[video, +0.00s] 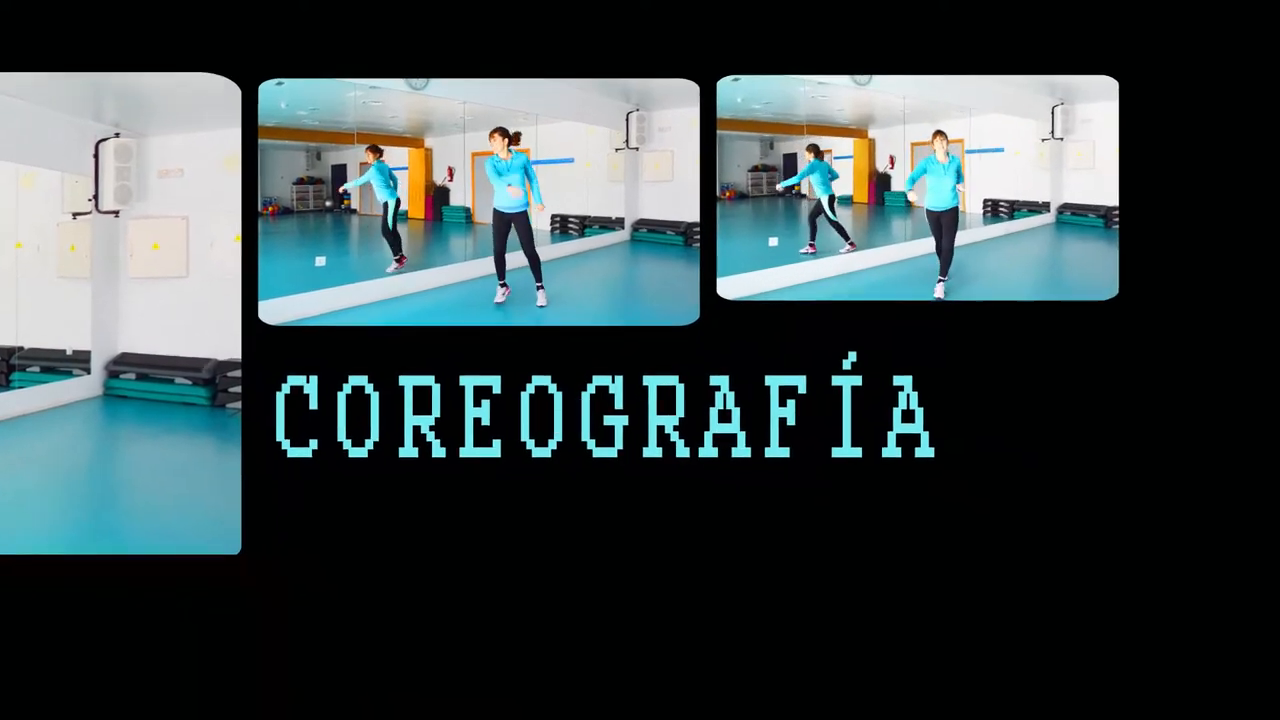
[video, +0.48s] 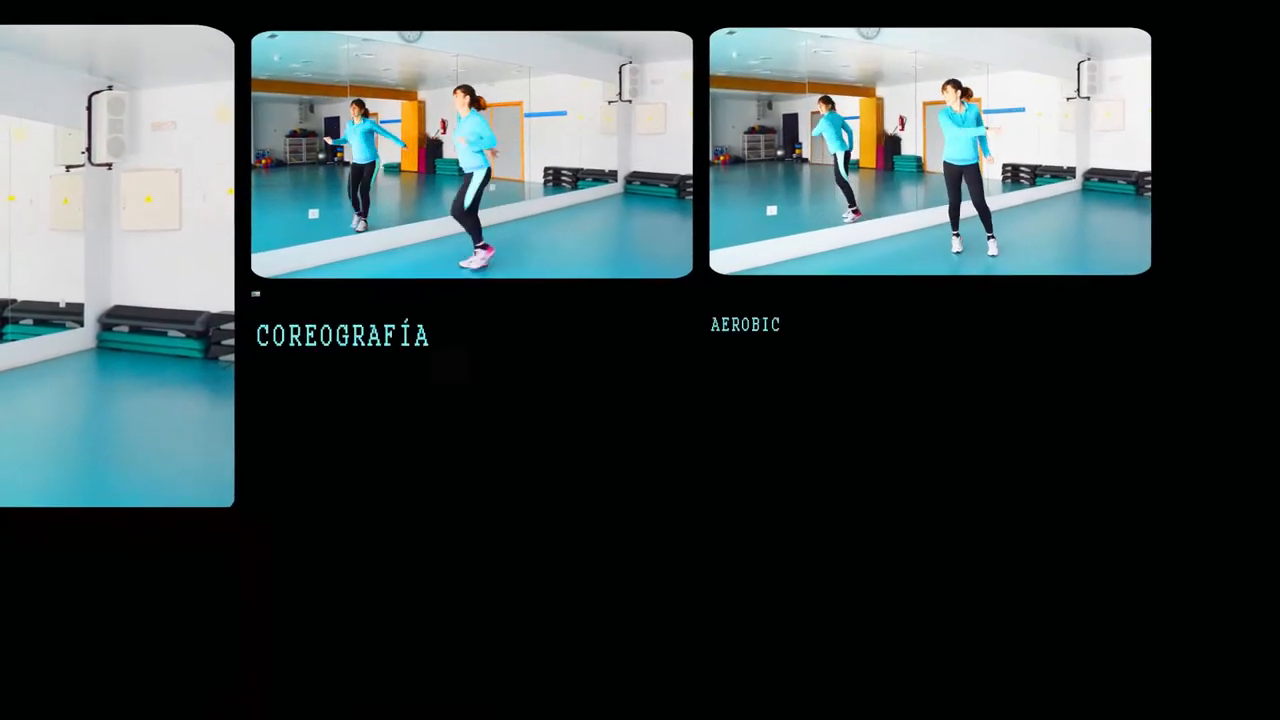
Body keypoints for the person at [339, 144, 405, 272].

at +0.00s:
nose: (367, 157)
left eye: (369, 154)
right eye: (367, 155)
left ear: (375, 155)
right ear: (378, 155)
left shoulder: (374, 169)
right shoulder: (384, 166)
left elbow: (359, 181)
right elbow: (395, 179)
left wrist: (344, 186)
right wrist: (393, 193)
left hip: (389, 200)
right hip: (392, 199)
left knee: (386, 230)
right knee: (392, 229)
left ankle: (398, 259)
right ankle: (400, 256)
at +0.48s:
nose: (353, 110)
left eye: (355, 108)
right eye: (352, 108)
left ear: (362, 109)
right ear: (350, 110)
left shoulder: (369, 124)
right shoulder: (349, 126)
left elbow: (385, 133)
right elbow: (345, 140)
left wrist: (401, 143)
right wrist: (333, 142)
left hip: (370, 161)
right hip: (356, 162)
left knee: (364, 190)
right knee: (352, 192)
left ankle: (364, 219)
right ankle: (358, 214)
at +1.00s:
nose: (366, 64)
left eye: (367, 61)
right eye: (367, 61)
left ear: (369, 62)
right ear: (380, 62)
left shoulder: (362, 76)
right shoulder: (386, 75)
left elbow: (351, 92)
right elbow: (396, 90)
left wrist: (335, 104)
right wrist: (412, 94)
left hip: (365, 116)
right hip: (381, 115)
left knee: (363, 151)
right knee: (382, 151)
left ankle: (354, 185)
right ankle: (381, 186)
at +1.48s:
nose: (367, 43)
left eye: (368, 40)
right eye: (368, 40)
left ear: (372, 40)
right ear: (382, 40)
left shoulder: (371, 54)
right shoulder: (390, 53)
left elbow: (359, 76)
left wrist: (359, 61)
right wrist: (368, 58)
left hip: (386, 92)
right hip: (400, 90)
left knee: (377, 126)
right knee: (386, 121)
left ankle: (381, 164)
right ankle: (391, 152)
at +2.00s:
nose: (379, 36)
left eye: (380, 33)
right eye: (379, 33)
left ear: (386, 33)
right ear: (387, 33)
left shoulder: (402, 46)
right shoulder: (393, 49)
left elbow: (415, 64)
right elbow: (405, 67)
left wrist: (399, 64)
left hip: (419, 81)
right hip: (415, 81)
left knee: (401, 114)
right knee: (428, 110)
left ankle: (408, 148)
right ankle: (445, 133)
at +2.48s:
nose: (393, 27)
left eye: (394, 24)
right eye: (393, 24)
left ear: (398, 23)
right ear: (406, 22)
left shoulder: (404, 39)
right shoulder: (417, 34)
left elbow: (401, 65)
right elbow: (418, 52)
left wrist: (396, 53)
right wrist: (400, 50)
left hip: (424, 72)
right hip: (435, 69)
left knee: (414, 104)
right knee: (418, 99)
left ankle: (419, 140)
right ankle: (428, 129)